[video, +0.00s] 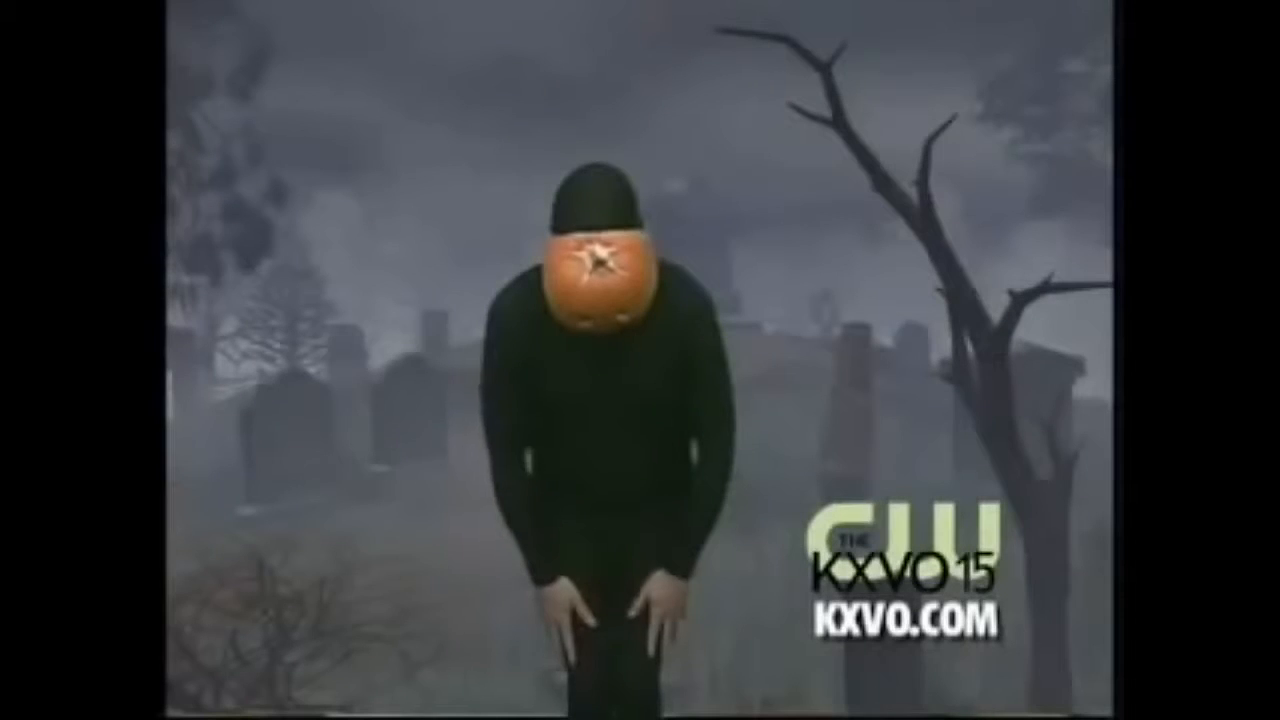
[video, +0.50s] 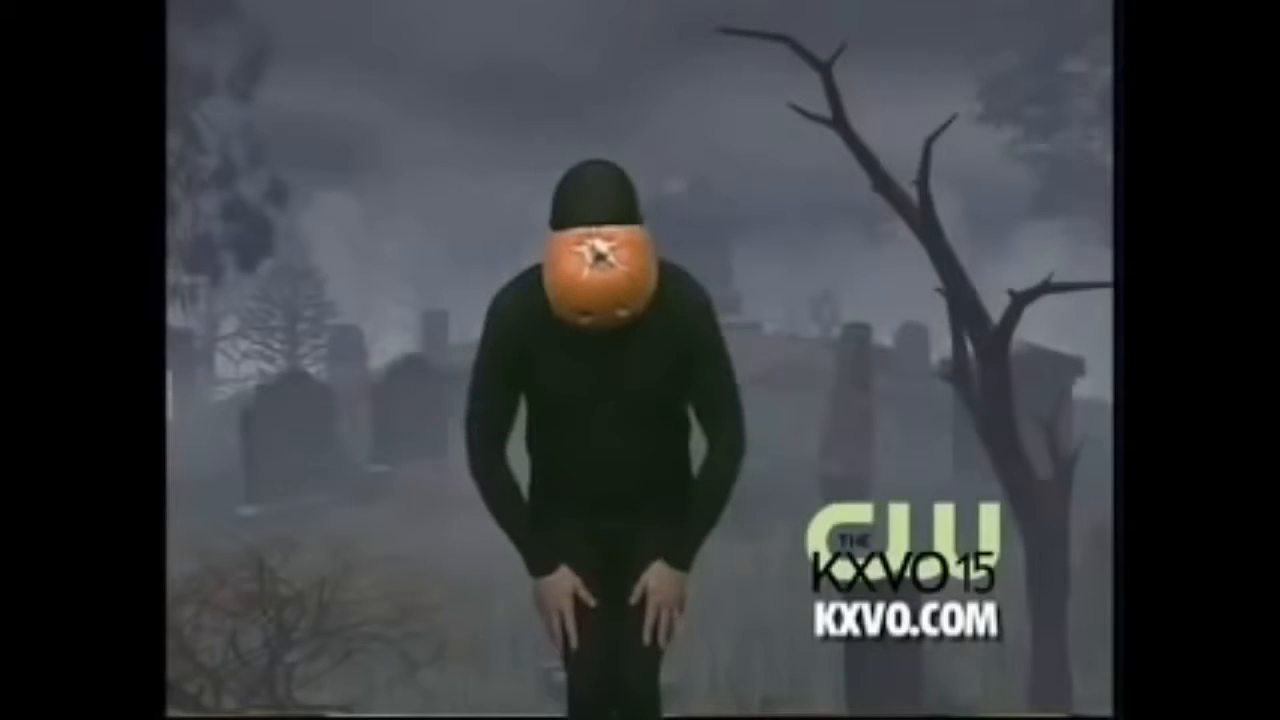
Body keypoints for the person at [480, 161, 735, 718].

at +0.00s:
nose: (598, 261)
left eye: (614, 245)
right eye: (580, 247)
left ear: (640, 241)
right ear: (555, 245)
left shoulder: (683, 305)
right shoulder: (517, 314)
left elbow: (717, 447)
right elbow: (506, 457)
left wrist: (678, 566)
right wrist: (545, 572)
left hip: (655, 507)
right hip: (564, 509)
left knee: (635, 677)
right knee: (589, 679)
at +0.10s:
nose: (598, 260)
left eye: (614, 244)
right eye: (581, 246)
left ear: (639, 240)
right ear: (555, 243)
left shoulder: (682, 304)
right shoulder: (517, 313)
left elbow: (719, 443)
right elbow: (501, 457)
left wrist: (679, 565)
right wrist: (545, 570)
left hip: (656, 505)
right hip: (564, 509)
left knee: (635, 675)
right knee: (589, 677)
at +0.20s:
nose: (598, 260)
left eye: (614, 245)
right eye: (581, 246)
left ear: (639, 239)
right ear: (555, 243)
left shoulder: (682, 304)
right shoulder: (519, 312)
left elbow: (721, 443)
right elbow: (496, 452)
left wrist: (679, 564)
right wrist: (544, 568)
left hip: (657, 506)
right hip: (564, 510)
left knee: (636, 676)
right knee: (588, 678)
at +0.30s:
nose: (598, 262)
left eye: (615, 248)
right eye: (580, 249)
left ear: (640, 240)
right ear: (555, 244)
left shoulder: (681, 303)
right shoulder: (520, 311)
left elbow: (724, 441)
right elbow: (492, 451)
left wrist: (678, 562)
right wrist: (543, 566)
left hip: (657, 506)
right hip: (565, 509)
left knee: (635, 676)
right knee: (588, 679)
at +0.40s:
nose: (598, 260)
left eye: (615, 244)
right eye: (580, 246)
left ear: (640, 239)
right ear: (555, 242)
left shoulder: (680, 303)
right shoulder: (520, 310)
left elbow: (726, 441)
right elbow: (488, 449)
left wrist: (678, 561)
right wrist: (542, 565)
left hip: (657, 505)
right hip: (564, 509)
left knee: (635, 678)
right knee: (588, 680)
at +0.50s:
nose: (598, 258)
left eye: (615, 243)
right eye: (581, 244)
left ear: (640, 239)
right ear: (555, 241)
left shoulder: (680, 303)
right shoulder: (519, 310)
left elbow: (727, 440)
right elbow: (485, 449)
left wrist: (677, 559)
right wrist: (542, 563)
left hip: (657, 507)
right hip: (564, 511)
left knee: (635, 681)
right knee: (588, 684)